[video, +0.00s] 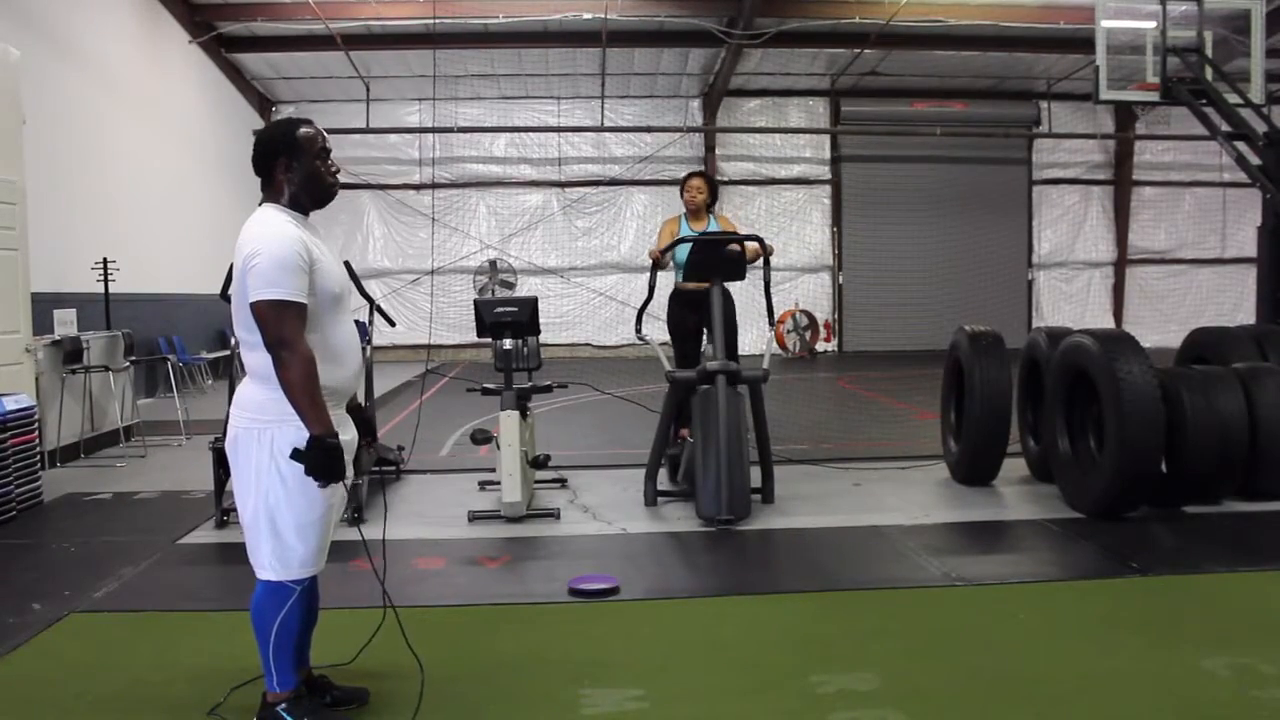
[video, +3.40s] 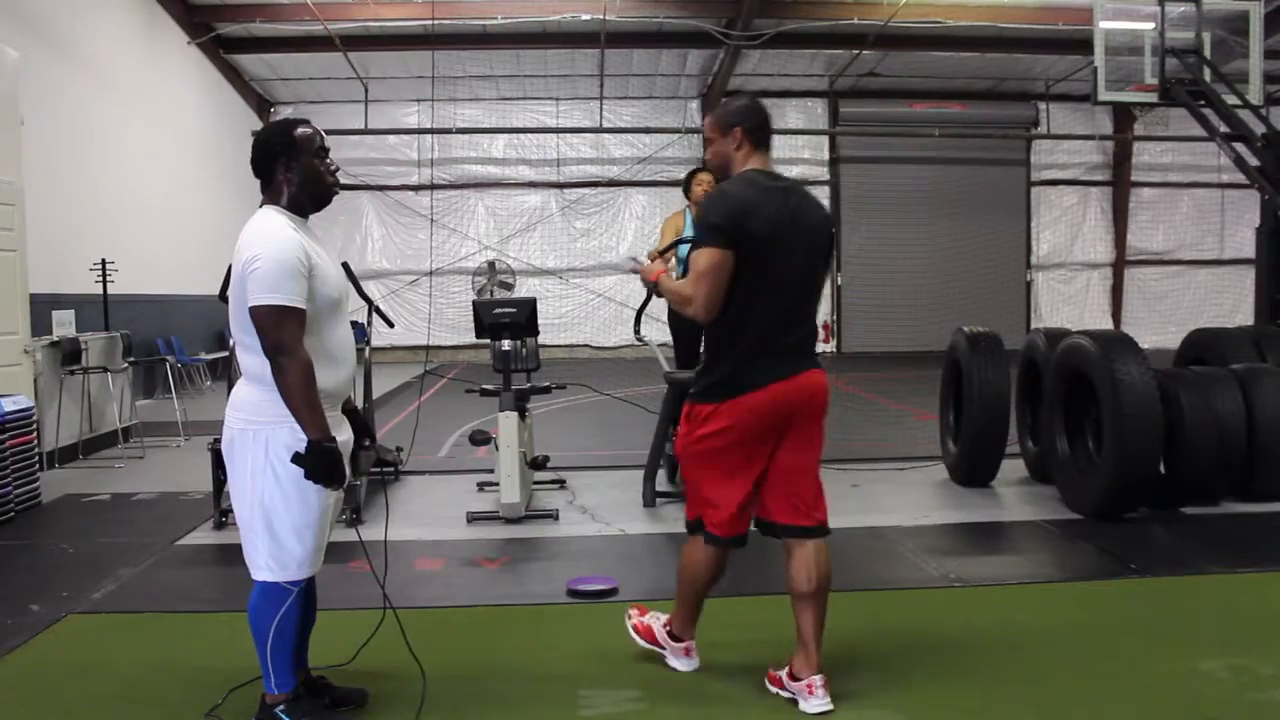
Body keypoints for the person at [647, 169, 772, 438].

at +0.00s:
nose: (692, 196)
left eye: (698, 191)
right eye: (687, 191)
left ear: (710, 197)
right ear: (681, 195)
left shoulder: (723, 224)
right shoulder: (673, 225)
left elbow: (740, 255)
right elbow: (663, 261)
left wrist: (758, 251)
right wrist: (657, 258)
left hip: (717, 298)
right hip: (684, 300)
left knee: (728, 359)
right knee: (686, 366)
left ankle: (730, 420)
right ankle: (683, 427)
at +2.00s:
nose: (684, 191)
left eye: (691, 187)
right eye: (681, 186)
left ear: (705, 193)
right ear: (677, 190)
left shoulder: (719, 220)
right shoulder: (668, 221)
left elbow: (740, 249)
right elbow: (664, 250)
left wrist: (758, 250)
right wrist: (657, 255)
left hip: (716, 296)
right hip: (683, 298)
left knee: (727, 358)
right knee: (686, 364)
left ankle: (728, 422)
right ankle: (683, 427)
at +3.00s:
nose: (693, 187)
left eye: (699, 182)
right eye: (688, 182)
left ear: (708, 188)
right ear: (680, 187)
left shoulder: (722, 217)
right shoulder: (672, 218)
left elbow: (731, 250)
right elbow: (662, 252)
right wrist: (657, 255)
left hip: (716, 293)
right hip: (683, 294)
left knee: (722, 360)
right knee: (686, 360)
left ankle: (721, 419)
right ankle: (682, 421)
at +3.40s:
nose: (706, 188)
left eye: (710, 184)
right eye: (699, 184)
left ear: (717, 189)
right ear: (688, 191)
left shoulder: (724, 220)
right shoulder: (676, 221)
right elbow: (662, 257)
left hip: (718, 294)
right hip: (685, 293)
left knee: (718, 359)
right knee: (687, 360)